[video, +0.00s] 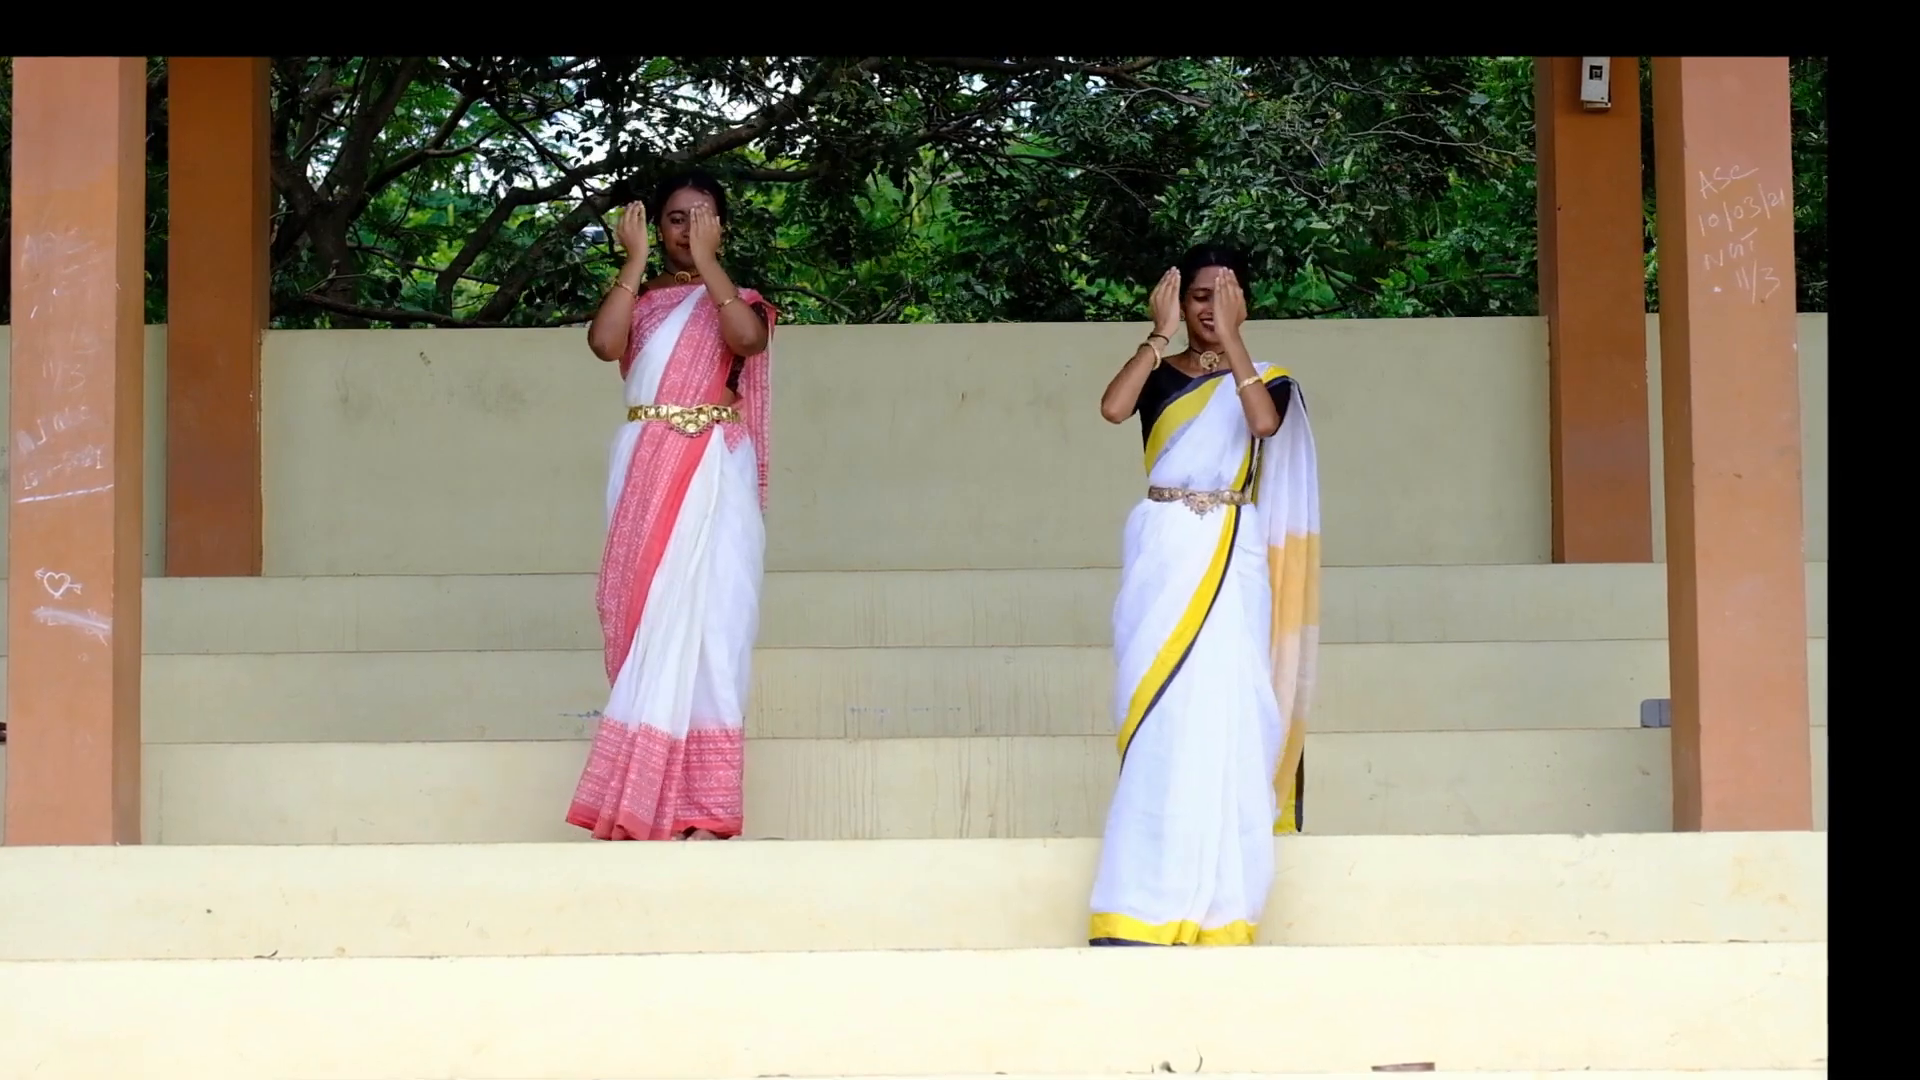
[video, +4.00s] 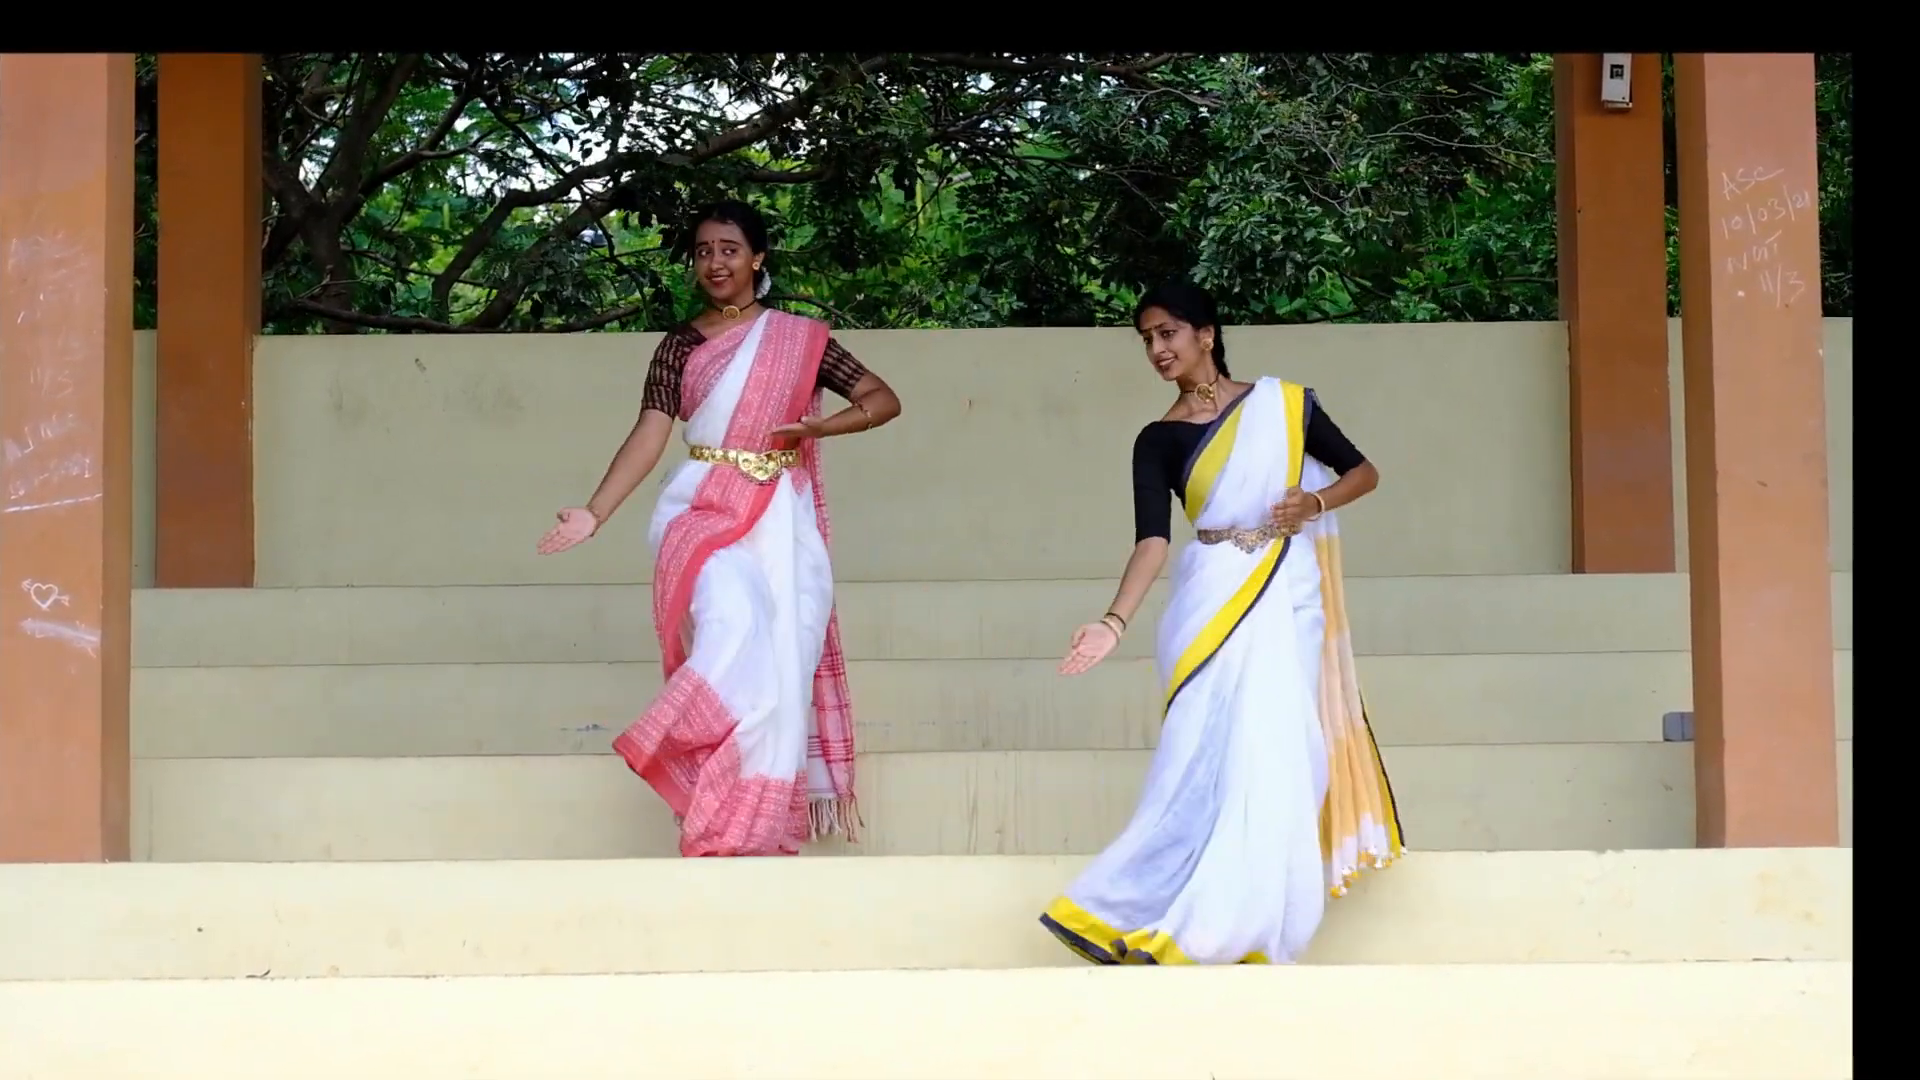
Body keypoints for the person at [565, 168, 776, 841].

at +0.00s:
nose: (682, 228)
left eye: (694, 216)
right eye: (673, 218)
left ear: (721, 227)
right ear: (660, 231)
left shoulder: (746, 299)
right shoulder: (643, 300)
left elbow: (747, 340)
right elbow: (604, 341)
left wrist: (707, 265)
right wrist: (633, 260)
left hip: (715, 472)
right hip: (645, 470)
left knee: (708, 625)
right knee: (646, 623)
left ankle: (702, 805)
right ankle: (641, 801)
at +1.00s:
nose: (681, 226)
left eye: (695, 214)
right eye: (670, 213)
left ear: (717, 226)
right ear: (651, 225)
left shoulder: (740, 301)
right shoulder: (638, 301)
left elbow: (742, 339)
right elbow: (608, 332)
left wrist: (701, 261)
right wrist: (658, 256)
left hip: (714, 476)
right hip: (646, 474)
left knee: (703, 627)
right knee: (650, 626)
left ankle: (693, 803)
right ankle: (644, 799)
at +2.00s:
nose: (720, 243)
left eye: (733, 230)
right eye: (708, 232)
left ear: (757, 239)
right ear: (693, 243)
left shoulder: (784, 328)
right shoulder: (669, 320)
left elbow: (835, 411)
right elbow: (636, 407)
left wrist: (896, 477)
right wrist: (634, 455)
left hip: (756, 487)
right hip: (684, 486)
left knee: (751, 621)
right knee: (697, 625)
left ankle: (734, 795)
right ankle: (721, 791)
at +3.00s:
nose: (674, 261)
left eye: (682, 247)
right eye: (670, 249)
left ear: (724, 243)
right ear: (697, 249)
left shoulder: (792, 305)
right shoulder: (686, 337)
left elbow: (866, 355)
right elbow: (615, 408)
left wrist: (782, 377)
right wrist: (523, 454)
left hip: (784, 488)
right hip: (710, 483)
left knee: (723, 630)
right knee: (634, 490)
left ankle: (714, 810)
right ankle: (641, 653)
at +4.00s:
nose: (715, 263)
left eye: (729, 249)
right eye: (703, 251)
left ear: (757, 259)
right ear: (693, 264)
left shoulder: (800, 336)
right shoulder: (681, 345)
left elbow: (882, 400)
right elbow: (649, 433)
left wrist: (818, 427)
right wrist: (595, 513)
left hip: (782, 507)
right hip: (704, 505)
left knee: (783, 653)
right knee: (728, 624)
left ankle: (764, 824)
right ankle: (715, 801)